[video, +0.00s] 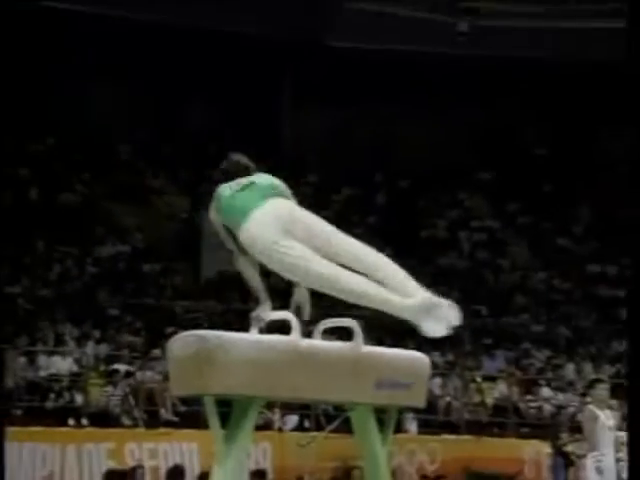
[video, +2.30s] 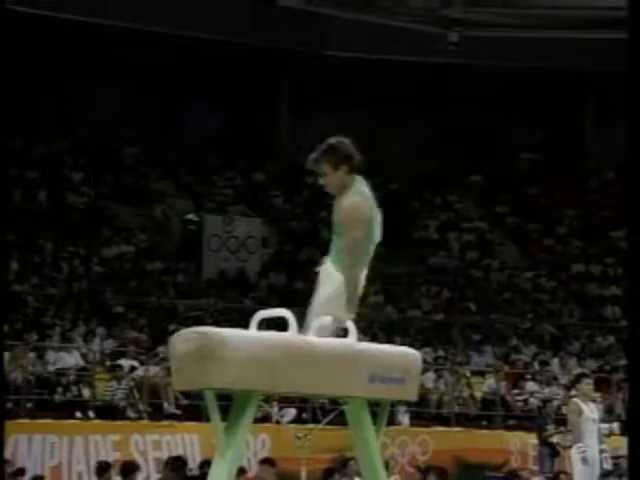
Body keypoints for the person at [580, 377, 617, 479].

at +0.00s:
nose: (604, 393)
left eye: (606, 390)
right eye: (600, 389)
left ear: (609, 392)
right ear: (591, 392)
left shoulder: (608, 412)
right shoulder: (589, 412)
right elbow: (590, 440)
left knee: (610, 475)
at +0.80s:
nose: (593, 388)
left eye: (594, 385)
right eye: (589, 385)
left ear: (596, 387)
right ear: (580, 388)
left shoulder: (596, 407)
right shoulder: (578, 406)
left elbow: (598, 430)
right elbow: (578, 431)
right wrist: (584, 454)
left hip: (598, 449)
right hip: (586, 451)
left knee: (599, 474)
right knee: (587, 475)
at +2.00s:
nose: (590, 387)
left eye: (591, 384)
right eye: (586, 384)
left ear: (593, 386)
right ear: (577, 387)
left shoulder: (592, 405)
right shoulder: (575, 404)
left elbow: (594, 428)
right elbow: (574, 429)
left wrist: (610, 428)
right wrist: (580, 452)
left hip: (594, 448)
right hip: (583, 450)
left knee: (594, 474)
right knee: (583, 475)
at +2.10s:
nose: (590, 387)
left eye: (591, 384)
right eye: (586, 384)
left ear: (594, 386)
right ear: (577, 387)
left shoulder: (592, 405)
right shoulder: (574, 404)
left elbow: (596, 429)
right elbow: (574, 428)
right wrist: (580, 450)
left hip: (594, 449)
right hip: (583, 450)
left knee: (594, 474)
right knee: (583, 475)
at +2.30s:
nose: (591, 388)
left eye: (591, 384)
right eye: (587, 384)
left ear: (594, 386)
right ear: (577, 387)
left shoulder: (592, 405)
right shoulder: (574, 404)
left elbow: (595, 430)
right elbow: (574, 428)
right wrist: (580, 450)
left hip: (594, 449)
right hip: (583, 451)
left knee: (594, 474)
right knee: (583, 475)